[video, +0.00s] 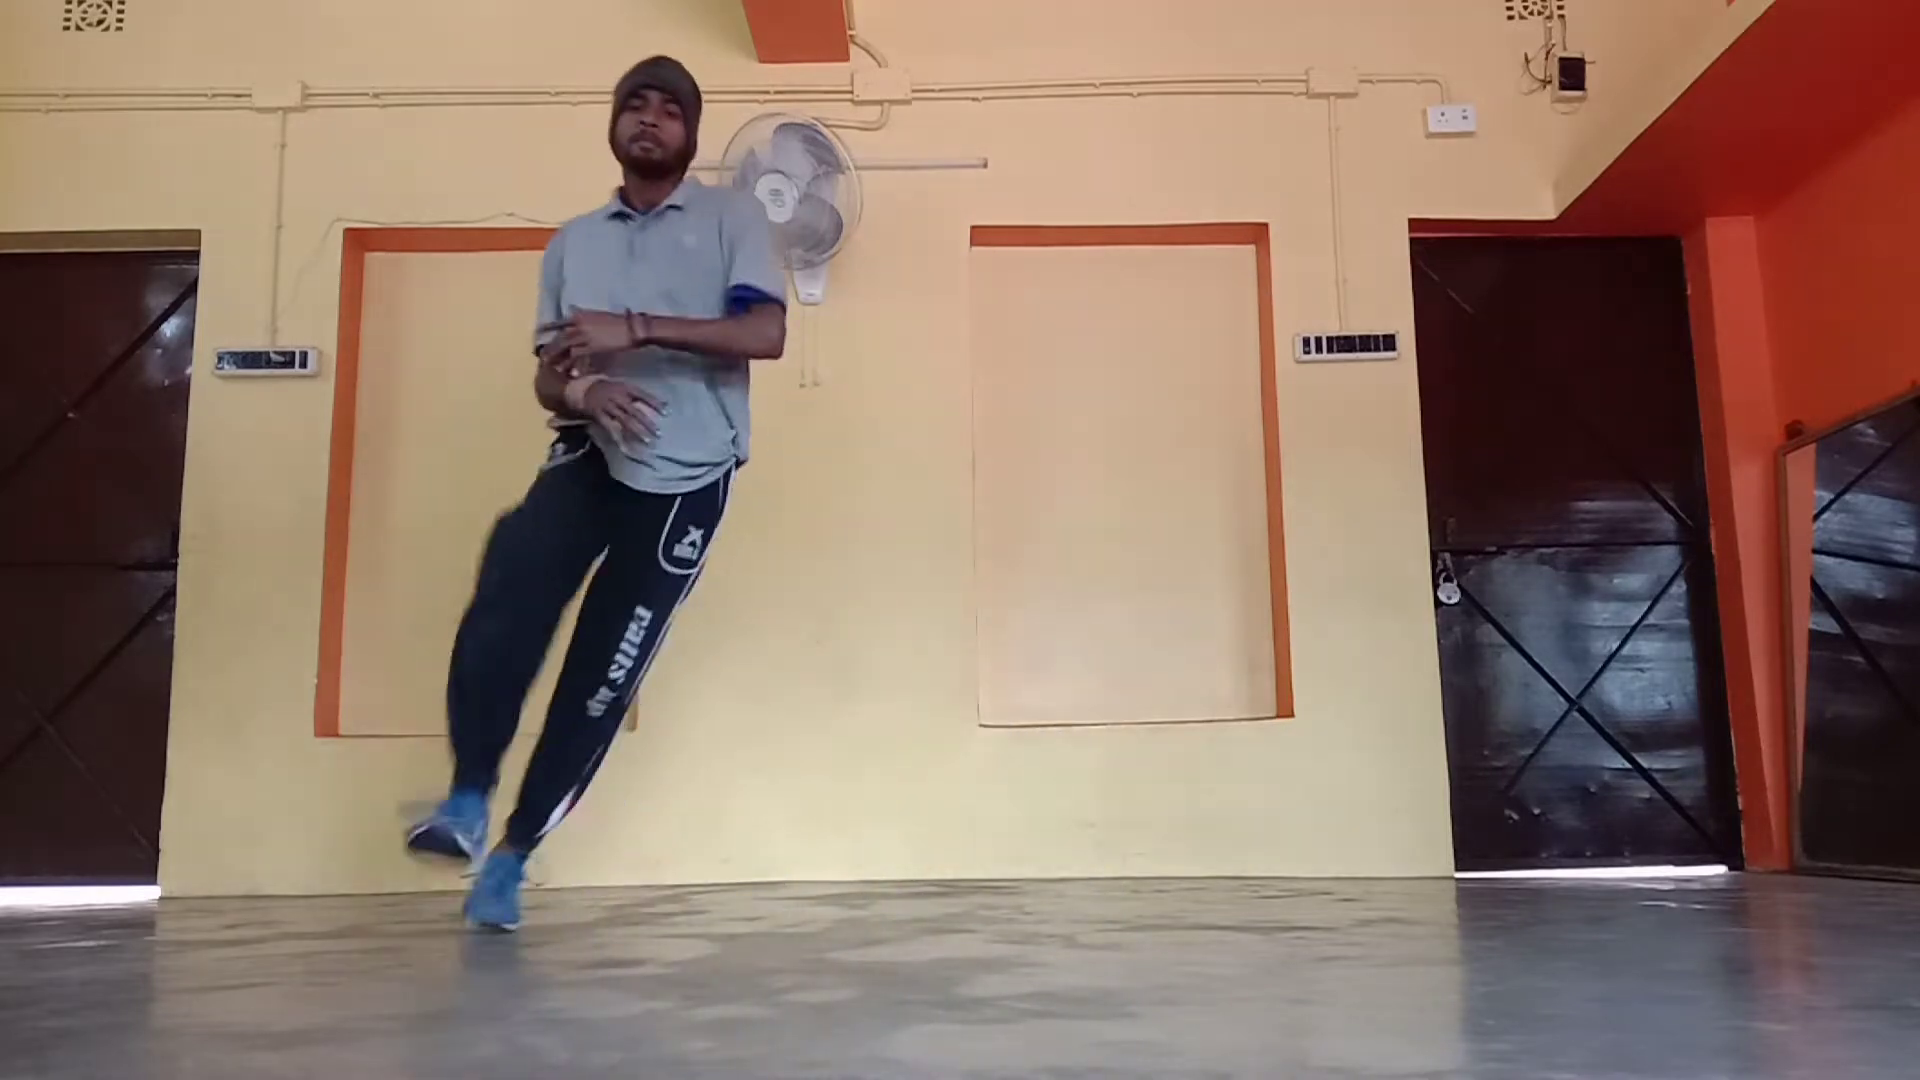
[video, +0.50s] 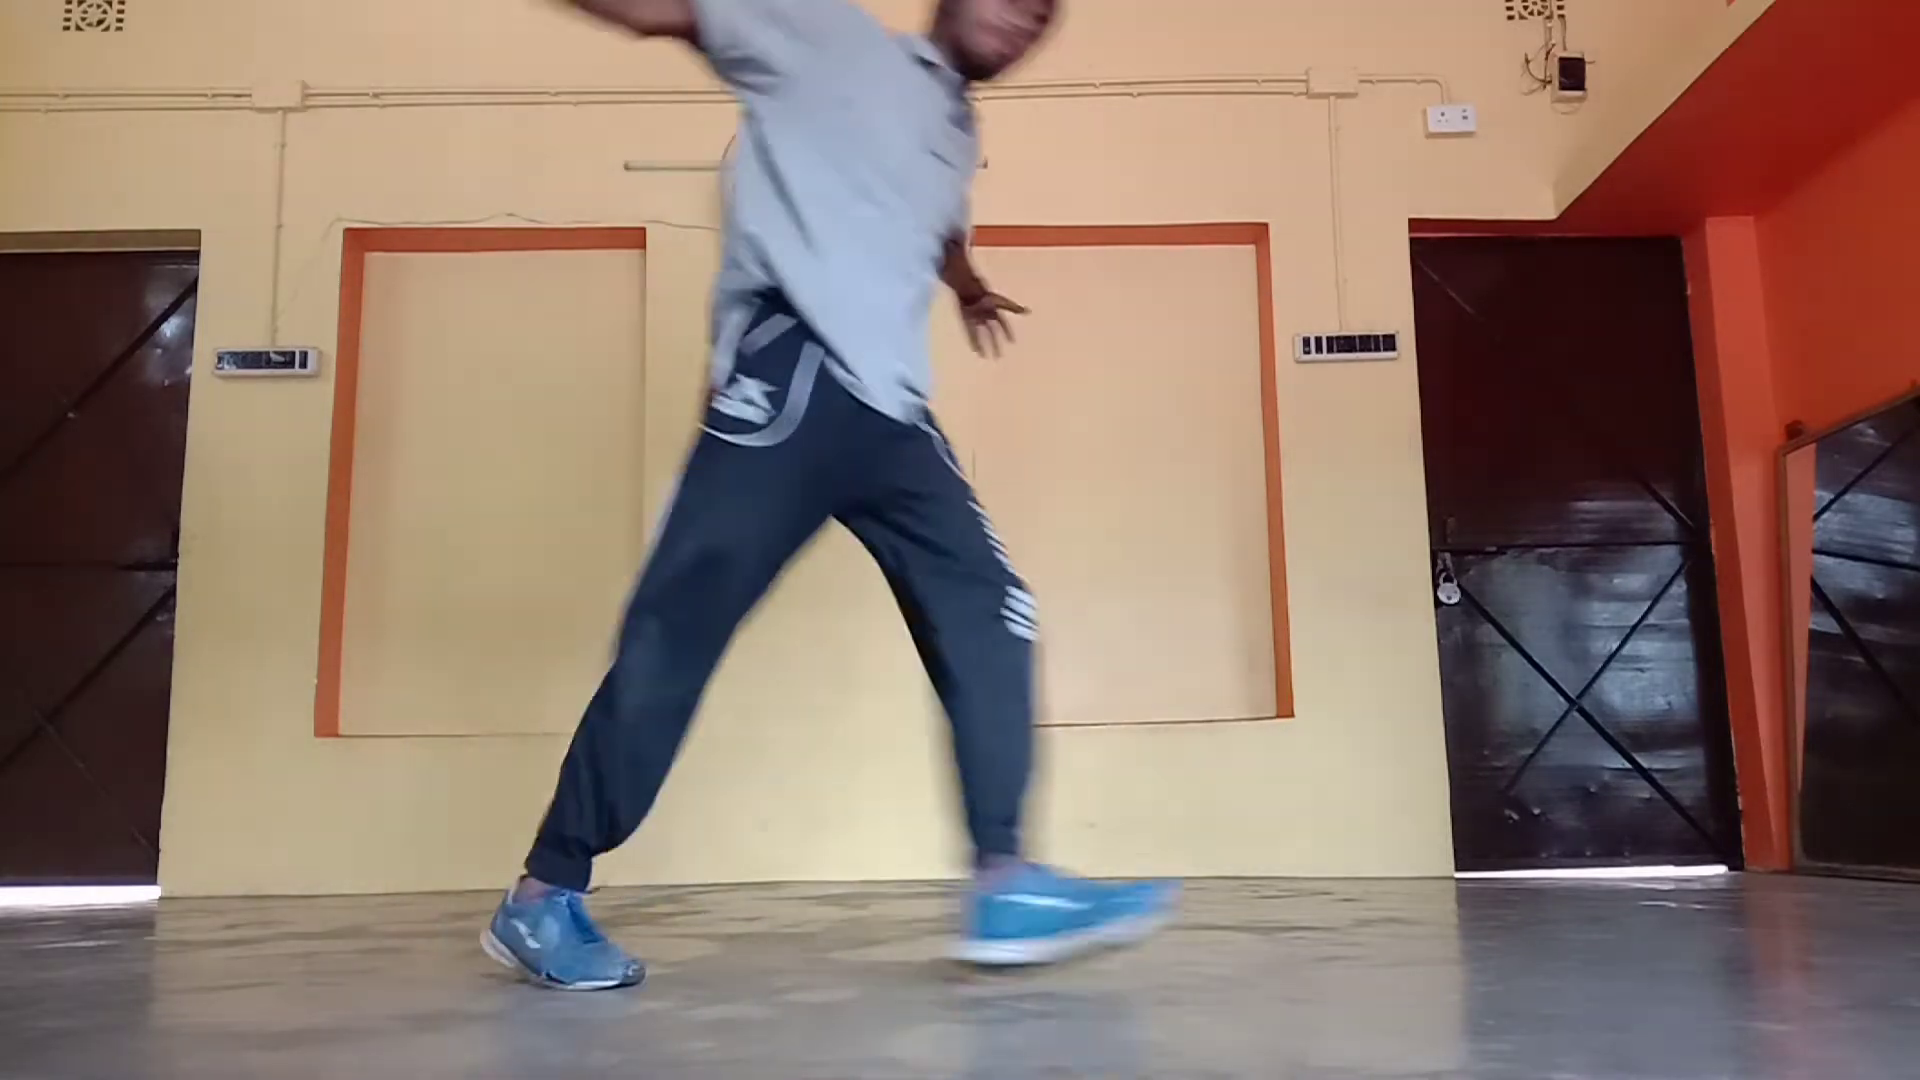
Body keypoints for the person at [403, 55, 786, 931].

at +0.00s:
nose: (651, 119)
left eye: (670, 110)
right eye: (636, 106)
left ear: (694, 134)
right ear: (611, 125)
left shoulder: (730, 219)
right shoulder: (573, 243)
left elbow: (768, 332)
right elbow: (550, 372)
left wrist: (634, 328)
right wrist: (584, 393)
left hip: (684, 482)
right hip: (585, 465)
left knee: (601, 676)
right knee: (501, 609)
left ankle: (514, 857)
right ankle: (470, 795)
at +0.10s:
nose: (648, 120)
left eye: (667, 112)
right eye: (633, 106)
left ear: (690, 141)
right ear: (603, 129)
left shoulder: (732, 230)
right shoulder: (553, 250)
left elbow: (792, 355)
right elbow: (513, 384)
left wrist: (742, 387)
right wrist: (546, 411)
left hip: (678, 505)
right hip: (572, 492)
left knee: (601, 702)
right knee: (528, 671)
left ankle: (488, 865)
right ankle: (462, 879)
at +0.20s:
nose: (685, 88)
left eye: (704, 78)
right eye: (666, 72)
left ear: (723, 106)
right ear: (631, 94)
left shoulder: (763, 221)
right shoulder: (561, 216)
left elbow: (823, 353)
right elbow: (485, 337)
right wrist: (455, 422)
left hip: (698, 495)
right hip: (576, 473)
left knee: (660, 722)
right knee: (515, 670)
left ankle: (521, 804)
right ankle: (451, 891)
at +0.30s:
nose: (787, 15)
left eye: (806, 5)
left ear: (823, 28)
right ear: (729, 10)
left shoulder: (827, 163)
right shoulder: (634, 119)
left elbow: (851, 293)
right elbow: (507, 219)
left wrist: (910, 400)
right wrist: (395, 294)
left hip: (756, 453)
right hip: (626, 435)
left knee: (784, 649)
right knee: (535, 662)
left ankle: (593, 773)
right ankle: (474, 882)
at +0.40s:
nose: (912, 10)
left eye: (920, 2)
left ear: (910, 14)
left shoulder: (888, 115)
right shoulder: (729, 41)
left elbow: (895, 234)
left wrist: (926, 321)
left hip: (824, 398)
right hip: (705, 377)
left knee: (903, 582)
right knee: (622, 596)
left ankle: (759, 814)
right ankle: (513, 859)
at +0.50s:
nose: (1024, 28)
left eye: (1041, 21)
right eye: (1015, 3)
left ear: (1036, 39)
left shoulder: (955, 132)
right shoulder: (830, 34)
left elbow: (941, 223)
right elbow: (662, 10)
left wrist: (970, 285)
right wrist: (590, 0)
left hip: (891, 404)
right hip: (788, 369)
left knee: (988, 610)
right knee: (676, 629)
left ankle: (1003, 880)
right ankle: (544, 896)